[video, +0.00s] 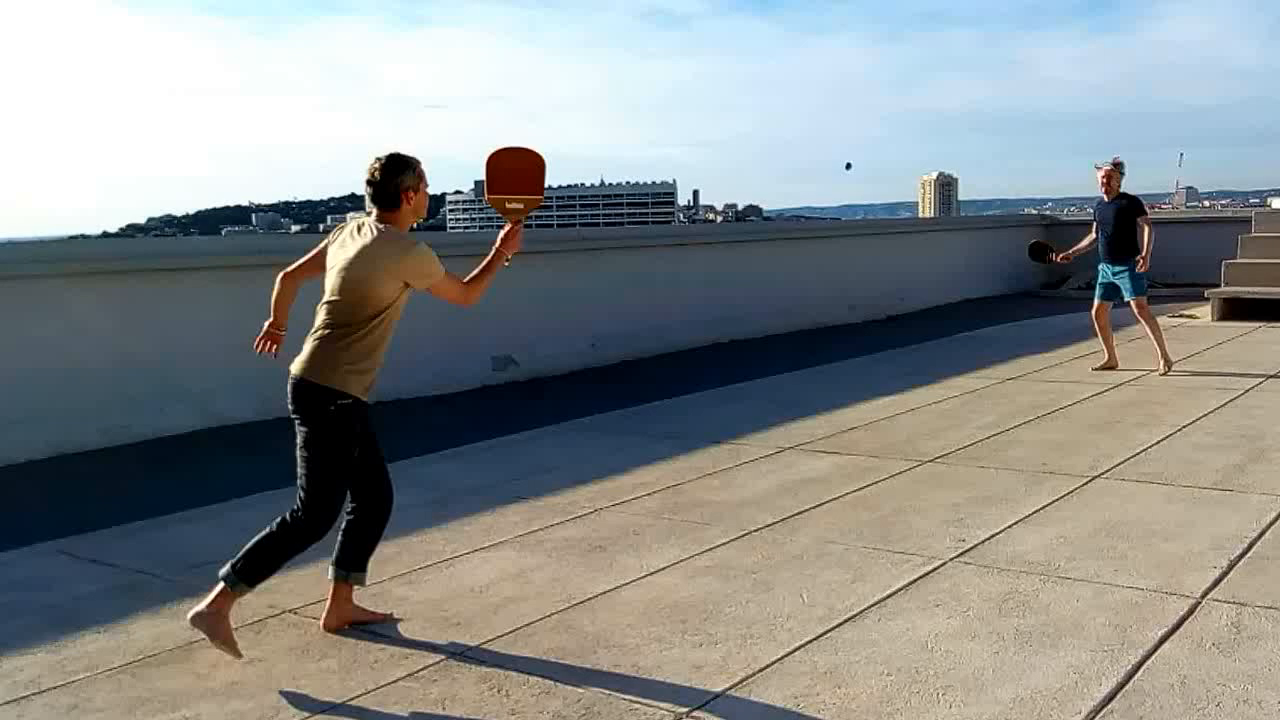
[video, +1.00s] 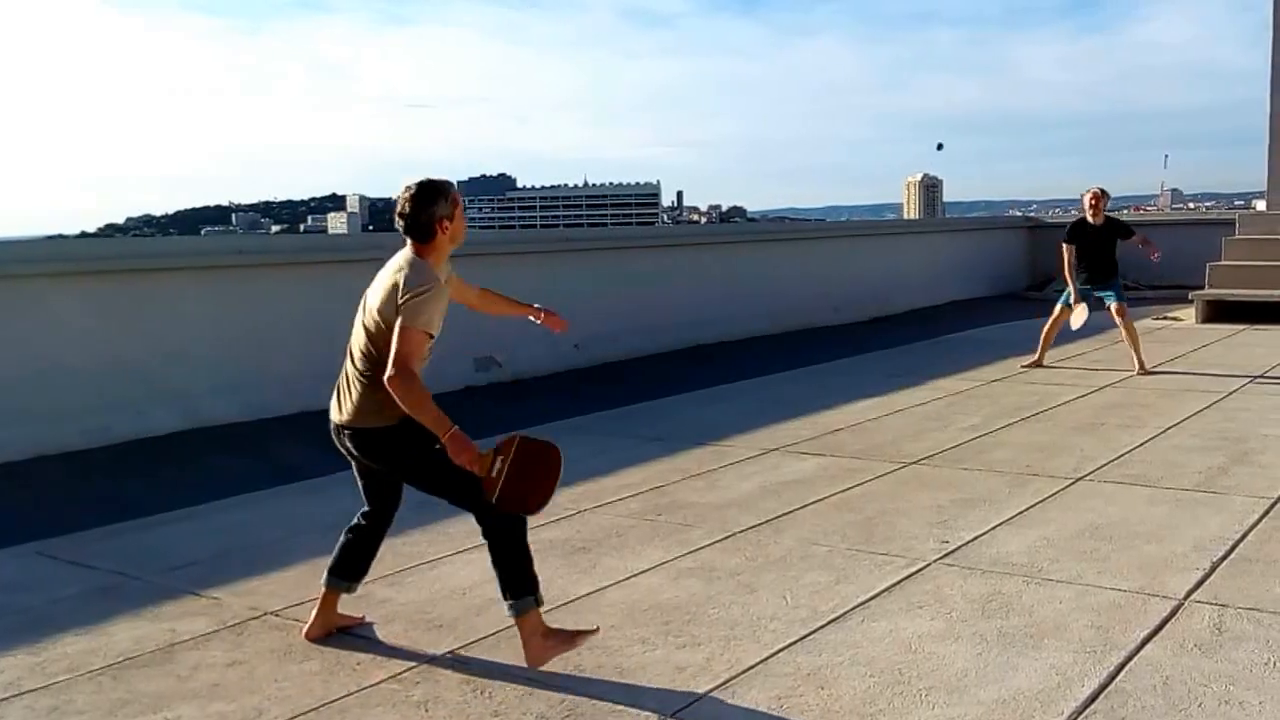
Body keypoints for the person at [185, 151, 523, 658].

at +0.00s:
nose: (427, 196)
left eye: (424, 187)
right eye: (423, 189)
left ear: (380, 195)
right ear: (408, 196)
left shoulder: (350, 230)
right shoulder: (407, 253)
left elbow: (288, 277)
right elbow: (466, 293)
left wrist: (275, 323)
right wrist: (502, 250)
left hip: (331, 389)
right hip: (327, 393)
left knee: (374, 497)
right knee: (314, 514)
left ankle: (340, 605)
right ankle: (216, 606)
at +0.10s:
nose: (417, 180)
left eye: (415, 171)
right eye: (414, 172)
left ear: (369, 178)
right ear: (400, 178)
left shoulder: (340, 222)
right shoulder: (399, 235)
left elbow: (294, 284)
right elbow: (457, 292)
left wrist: (287, 335)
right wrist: (493, 251)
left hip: (327, 373)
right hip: (344, 380)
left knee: (364, 495)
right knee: (343, 502)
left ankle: (339, 606)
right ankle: (277, 623)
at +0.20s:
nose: (411, 178)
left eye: (407, 170)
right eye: (407, 171)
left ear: (366, 180)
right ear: (393, 178)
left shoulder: (335, 227)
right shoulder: (391, 236)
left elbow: (305, 305)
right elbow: (445, 308)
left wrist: (319, 359)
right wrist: (479, 281)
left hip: (328, 376)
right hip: (357, 381)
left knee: (360, 498)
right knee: (375, 505)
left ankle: (335, 608)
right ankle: (347, 642)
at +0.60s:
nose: (418, 173)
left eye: (414, 164)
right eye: (414, 165)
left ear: (368, 177)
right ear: (402, 172)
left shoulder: (344, 231)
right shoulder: (407, 232)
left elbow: (328, 319)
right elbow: (424, 323)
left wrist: (391, 336)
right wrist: (457, 345)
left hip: (348, 383)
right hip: (391, 387)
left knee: (376, 494)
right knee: (427, 510)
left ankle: (336, 603)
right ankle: (419, 653)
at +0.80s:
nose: (426, 194)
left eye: (423, 185)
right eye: (422, 187)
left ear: (377, 198)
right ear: (409, 197)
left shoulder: (363, 245)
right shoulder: (392, 256)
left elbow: (398, 335)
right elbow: (385, 349)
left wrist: (452, 367)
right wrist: (439, 396)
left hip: (340, 402)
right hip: (375, 407)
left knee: (367, 502)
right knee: (456, 510)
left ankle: (327, 613)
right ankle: (418, 645)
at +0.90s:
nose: (439, 205)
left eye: (435, 198)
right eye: (434, 199)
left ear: (396, 213)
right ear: (417, 211)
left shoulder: (382, 257)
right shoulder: (401, 270)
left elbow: (446, 317)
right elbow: (380, 359)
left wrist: (511, 346)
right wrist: (436, 415)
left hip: (341, 414)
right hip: (376, 418)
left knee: (370, 506)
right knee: (482, 500)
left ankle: (325, 614)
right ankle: (454, 633)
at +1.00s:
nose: (464, 219)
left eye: (461, 211)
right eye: (460, 212)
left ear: (420, 227)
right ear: (444, 225)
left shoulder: (409, 265)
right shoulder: (425, 284)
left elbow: (474, 297)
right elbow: (399, 377)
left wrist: (533, 311)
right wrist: (451, 436)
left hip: (352, 423)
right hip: (384, 426)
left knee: (377, 511)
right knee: (495, 501)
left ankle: (323, 616)